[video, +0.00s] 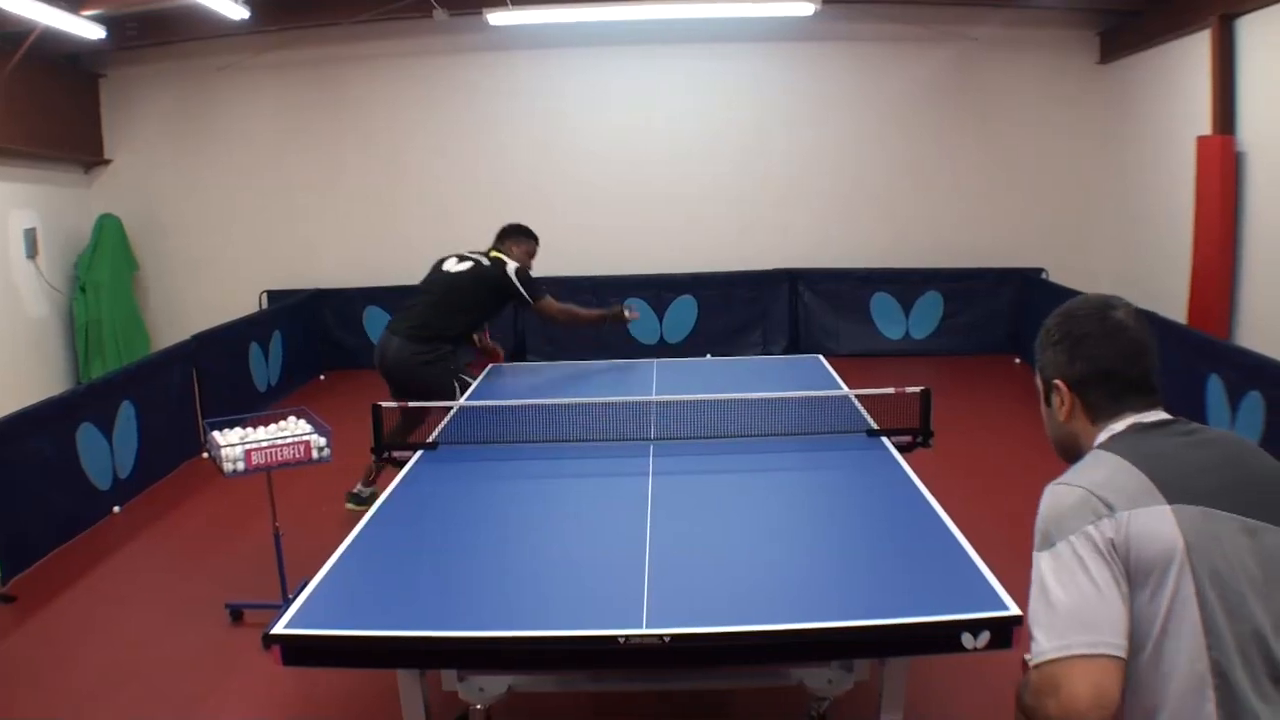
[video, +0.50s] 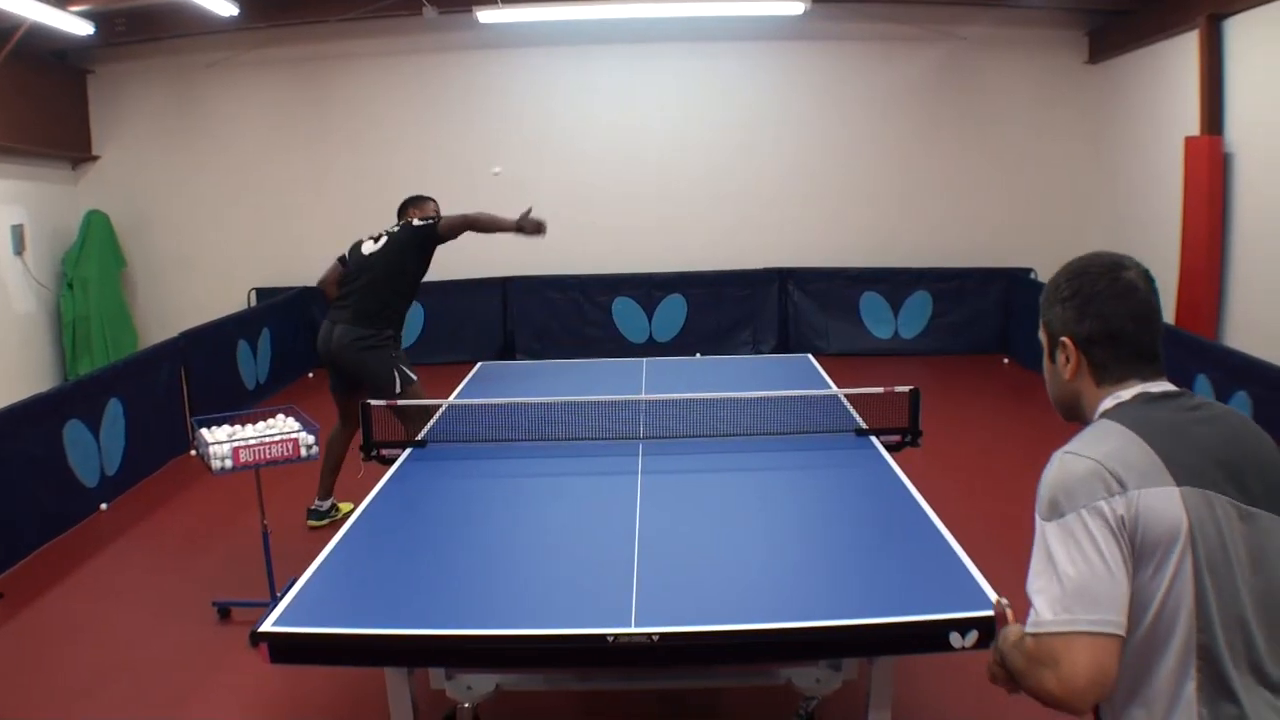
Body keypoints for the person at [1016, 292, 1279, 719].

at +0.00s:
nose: (1043, 412)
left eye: (1041, 397)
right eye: (1040, 397)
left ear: (1062, 399)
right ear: (1146, 378)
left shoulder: (1087, 494)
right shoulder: (1259, 463)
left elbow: (1083, 698)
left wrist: (1031, 685)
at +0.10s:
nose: (1046, 403)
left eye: (1044, 387)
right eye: (1043, 386)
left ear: (1066, 390)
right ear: (1148, 370)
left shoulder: (1096, 488)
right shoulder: (1260, 458)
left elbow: (1107, 694)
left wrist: (1044, 688)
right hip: (1265, 707)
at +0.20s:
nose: (1045, 391)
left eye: (1044, 374)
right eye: (1042, 373)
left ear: (1068, 381)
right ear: (1150, 361)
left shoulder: (1098, 482)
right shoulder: (1259, 452)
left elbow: (1104, 692)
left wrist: (1040, 676)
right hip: (1264, 706)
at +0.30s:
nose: (1046, 387)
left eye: (1045, 370)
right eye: (1044, 369)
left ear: (1069, 376)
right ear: (1154, 358)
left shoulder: (1094, 481)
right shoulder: (1259, 452)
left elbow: (1091, 692)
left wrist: (1025, 669)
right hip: (1265, 706)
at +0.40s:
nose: (1045, 377)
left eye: (1045, 361)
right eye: (1043, 360)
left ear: (1068, 366)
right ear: (1153, 349)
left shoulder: (1091, 474)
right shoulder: (1256, 446)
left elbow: (1081, 690)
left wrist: (1019, 660)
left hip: (1158, 710)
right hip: (1264, 706)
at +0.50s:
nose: (1044, 367)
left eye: (1044, 351)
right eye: (1043, 350)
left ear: (1068, 357)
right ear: (1153, 340)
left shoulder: (1091, 466)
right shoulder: (1254, 440)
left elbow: (1077, 683)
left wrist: (1011, 646)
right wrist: (1033, 662)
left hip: (1159, 709)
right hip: (1268, 704)